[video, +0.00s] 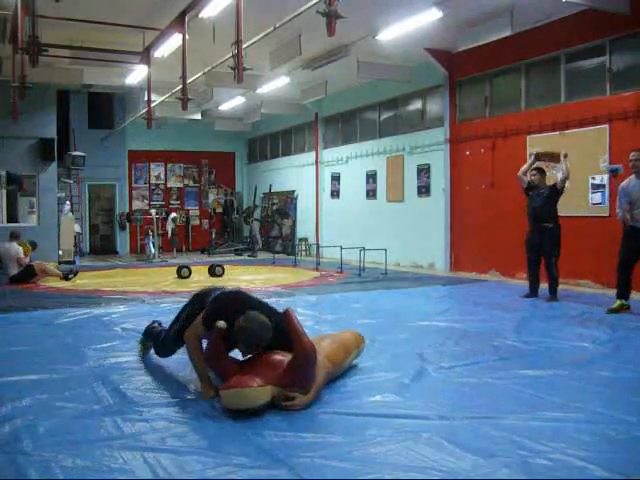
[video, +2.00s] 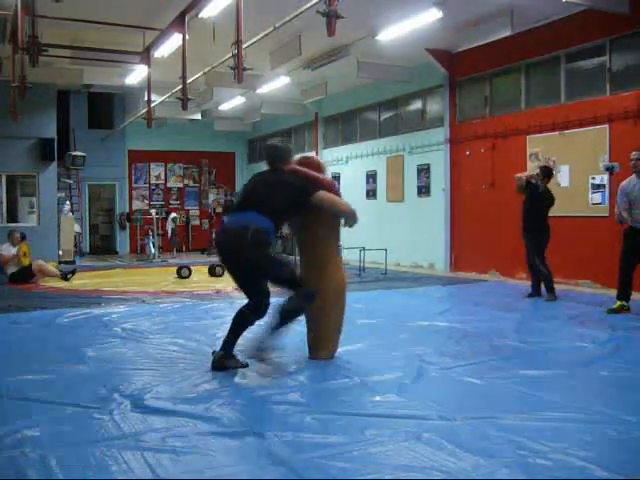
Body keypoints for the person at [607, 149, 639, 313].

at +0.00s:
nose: (633, 164)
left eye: (635, 160)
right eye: (631, 161)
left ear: (639, 162)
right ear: (629, 163)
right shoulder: (625, 186)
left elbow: (622, 208)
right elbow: (621, 208)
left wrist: (628, 217)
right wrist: (625, 217)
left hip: (634, 227)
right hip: (632, 226)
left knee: (626, 263)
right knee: (625, 263)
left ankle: (623, 298)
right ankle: (622, 298)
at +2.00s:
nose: (634, 163)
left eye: (636, 160)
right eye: (632, 160)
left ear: (639, 162)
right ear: (630, 163)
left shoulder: (629, 186)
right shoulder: (626, 185)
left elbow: (622, 208)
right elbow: (622, 208)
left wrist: (628, 222)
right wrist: (627, 223)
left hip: (634, 229)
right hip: (632, 228)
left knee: (627, 265)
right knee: (626, 265)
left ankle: (623, 300)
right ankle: (623, 299)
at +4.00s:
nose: (633, 164)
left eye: (635, 161)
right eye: (632, 161)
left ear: (639, 164)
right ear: (629, 164)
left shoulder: (627, 187)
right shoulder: (626, 186)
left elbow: (623, 211)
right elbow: (623, 210)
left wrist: (628, 219)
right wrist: (628, 219)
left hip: (634, 229)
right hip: (634, 229)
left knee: (635, 267)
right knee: (635, 267)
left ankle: (638, 300)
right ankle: (638, 300)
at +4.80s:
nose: (635, 165)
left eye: (637, 161)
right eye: (634, 161)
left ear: (639, 165)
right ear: (632, 164)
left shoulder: (629, 187)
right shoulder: (629, 187)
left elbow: (625, 214)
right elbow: (624, 214)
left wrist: (631, 219)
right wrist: (630, 218)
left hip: (636, 229)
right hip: (635, 228)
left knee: (637, 267)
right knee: (636, 267)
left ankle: (639, 300)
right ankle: (639, 300)